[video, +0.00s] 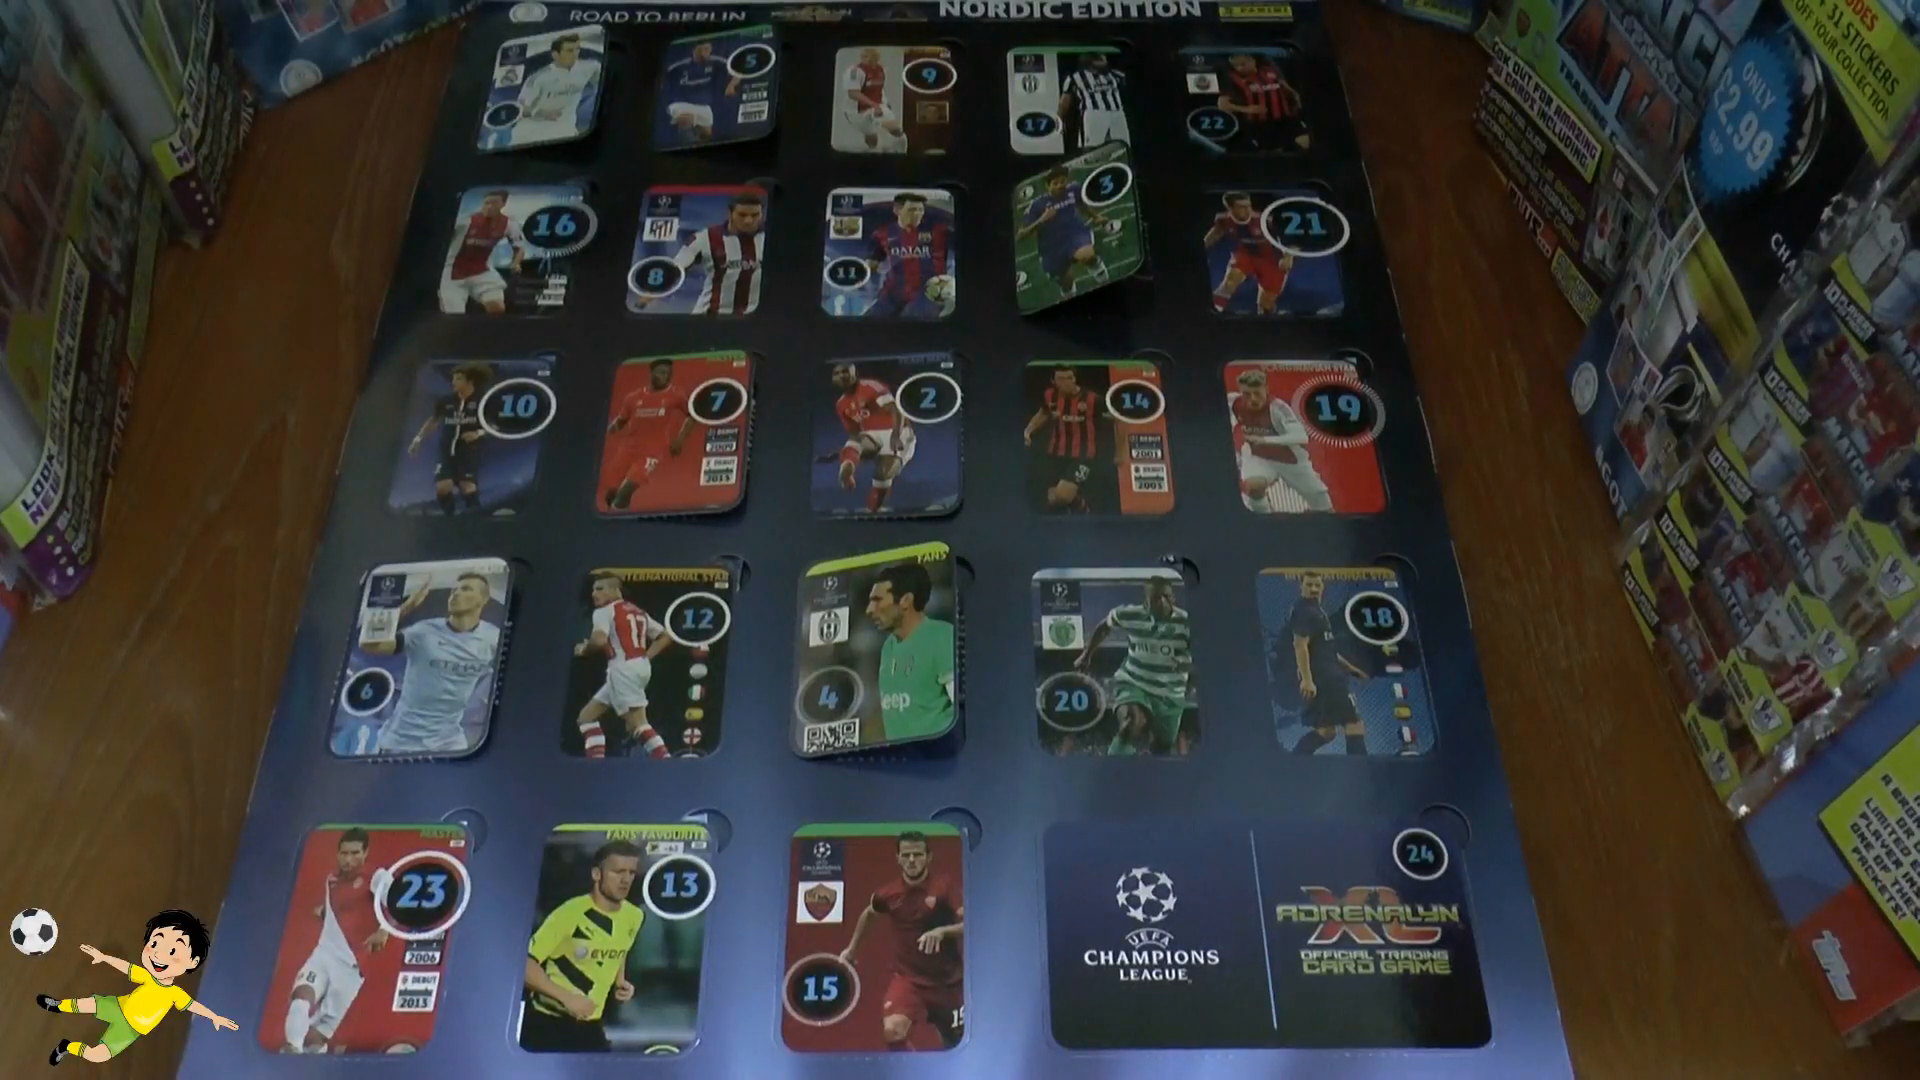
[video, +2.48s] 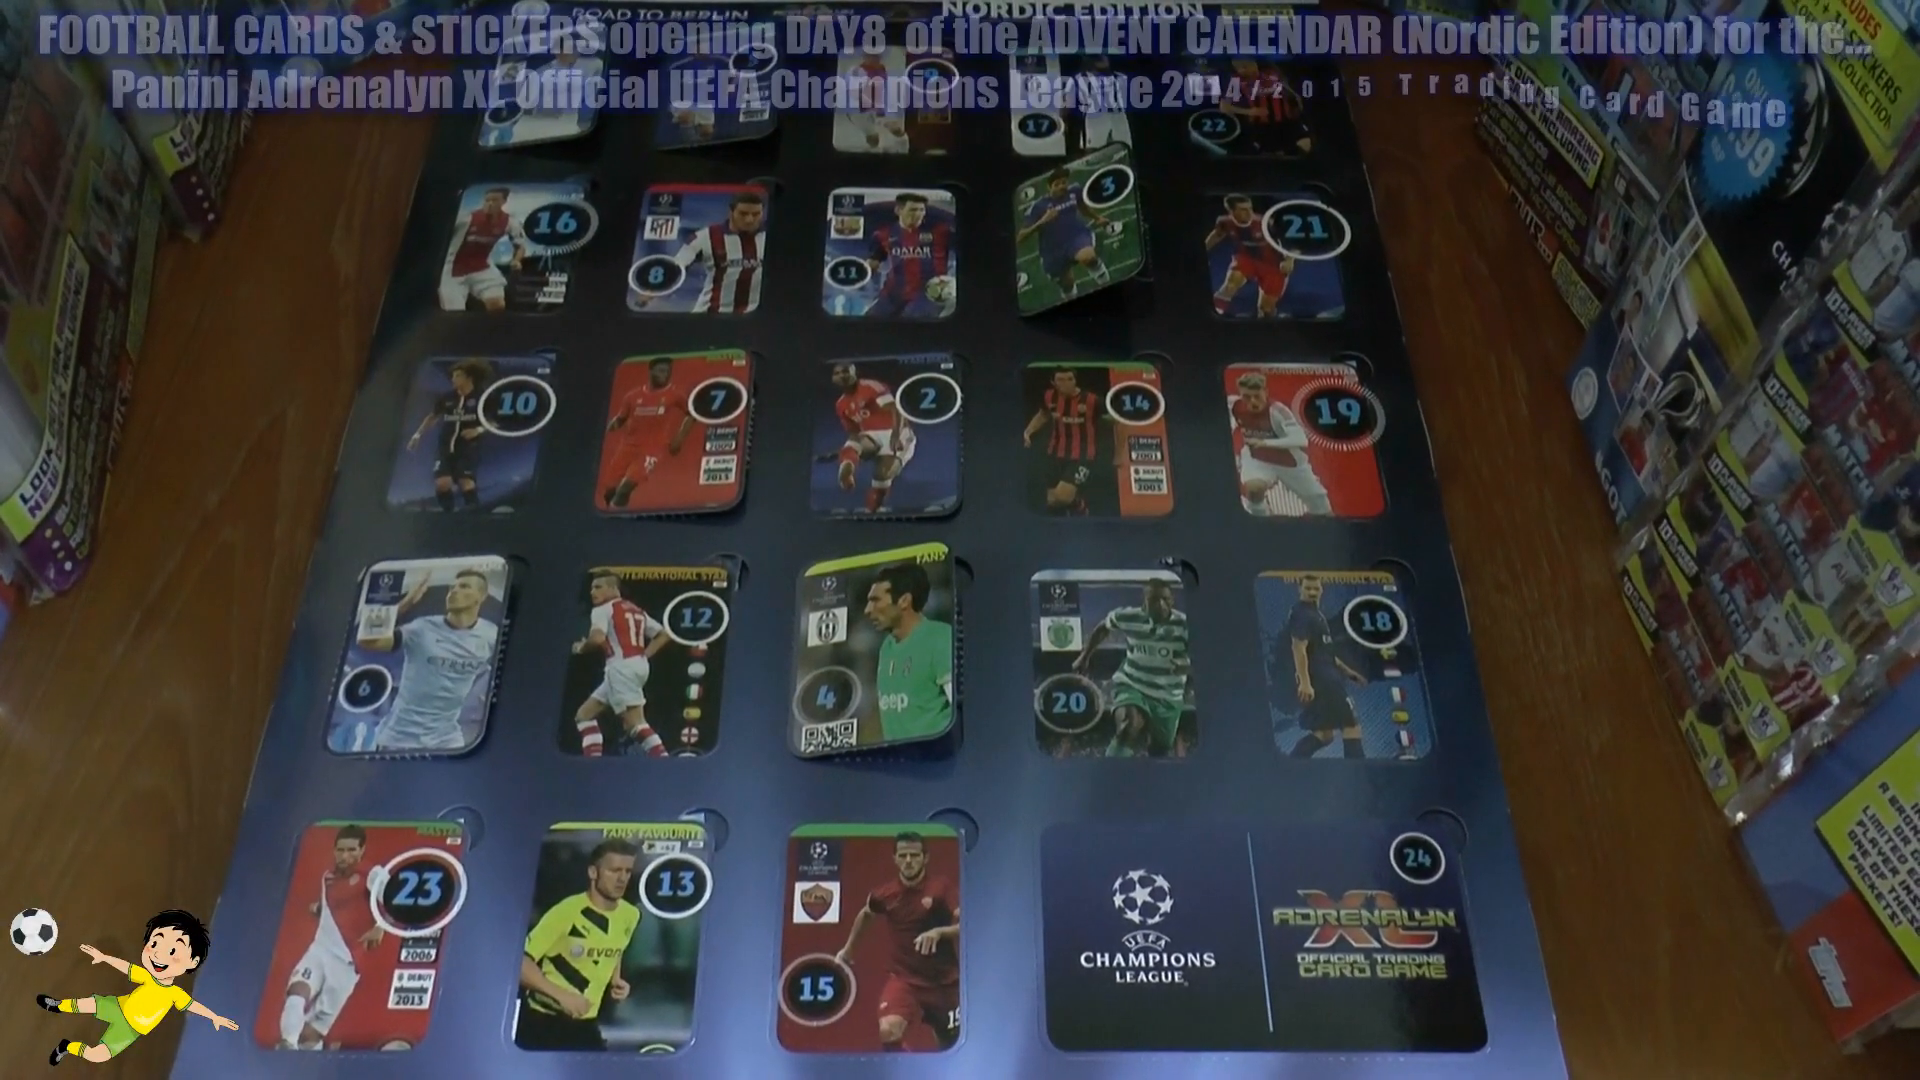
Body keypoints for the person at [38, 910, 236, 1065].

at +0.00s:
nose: (159, 956)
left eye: (172, 952)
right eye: (155, 944)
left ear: (189, 965)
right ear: (145, 945)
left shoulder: (176, 995)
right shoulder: (143, 975)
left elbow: (195, 1007)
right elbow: (124, 966)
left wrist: (214, 1017)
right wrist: (103, 958)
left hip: (131, 1030)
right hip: (119, 1008)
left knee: (99, 1055)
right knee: (89, 1003)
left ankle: (66, 1047)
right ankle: (58, 1006)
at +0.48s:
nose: (159, 955)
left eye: (172, 952)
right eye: (156, 944)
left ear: (189, 965)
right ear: (146, 945)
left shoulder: (176, 995)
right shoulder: (143, 975)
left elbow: (195, 1007)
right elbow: (124, 967)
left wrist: (215, 1017)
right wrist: (103, 958)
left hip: (131, 1030)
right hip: (119, 1008)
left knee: (98, 1055)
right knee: (89, 1003)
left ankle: (66, 1047)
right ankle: (57, 1006)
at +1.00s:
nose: (160, 956)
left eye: (172, 953)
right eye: (156, 944)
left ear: (188, 966)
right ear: (146, 945)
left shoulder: (176, 995)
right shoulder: (143, 976)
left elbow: (195, 1007)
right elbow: (124, 966)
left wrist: (215, 1017)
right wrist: (103, 958)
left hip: (131, 1030)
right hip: (119, 1008)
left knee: (99, 1055)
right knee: (89, 1003)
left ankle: (66, 1047)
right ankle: (57, 1006)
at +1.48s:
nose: (159, 956)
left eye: (172, 952)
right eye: (155, 944)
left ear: (189, 965)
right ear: (145, 945)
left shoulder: (176, 995)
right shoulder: (144, 975)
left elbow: (195, 1007)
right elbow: (124, 966)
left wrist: (214, 1017)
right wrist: (103, 958)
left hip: (131, 1030)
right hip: (119, 1008)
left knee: (99, 1055)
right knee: (89, 1003)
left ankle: (66, 1047)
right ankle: (57, 1006)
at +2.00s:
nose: (159, 955)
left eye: (172, 952)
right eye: (155, 944)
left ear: (190, 965)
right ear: (146, 945)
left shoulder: (176, 995)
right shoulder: (143, 975)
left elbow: (195, 1007)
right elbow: (124, 967)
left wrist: (214, 1017)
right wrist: (103, 958)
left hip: (131, 1030)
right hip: (119, 1008)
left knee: (99, 1055)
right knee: (89, 1004)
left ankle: (66, 1047)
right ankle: (57, 1006)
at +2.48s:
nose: (159, 955)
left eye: (172, 952)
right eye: (155, 944)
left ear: (187, 966)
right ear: (145, 946)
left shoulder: (176, 995)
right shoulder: (144, 976)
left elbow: (194, 1007)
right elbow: (124, 966)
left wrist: (215, 1017)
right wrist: (103, 958)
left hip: (131, 1030)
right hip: (119, 1008)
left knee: (99, 1055)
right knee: (89, 1003)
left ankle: (66, 1047)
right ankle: (57, 1006)